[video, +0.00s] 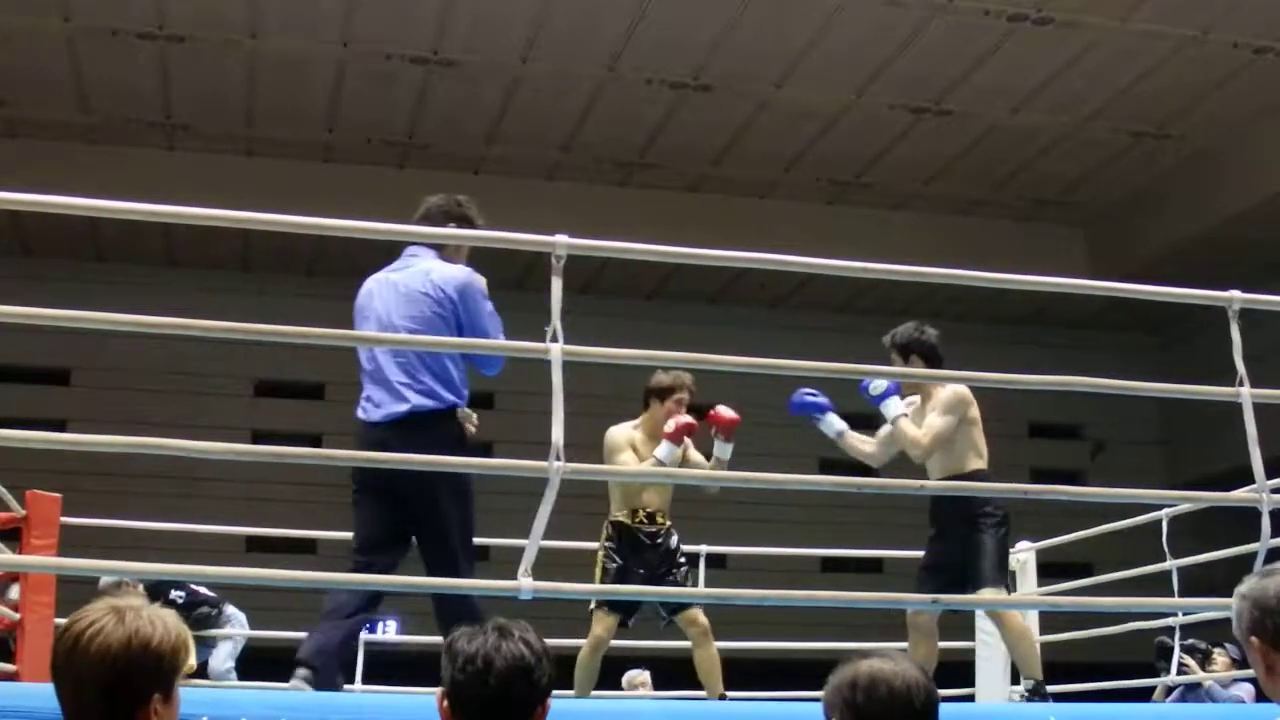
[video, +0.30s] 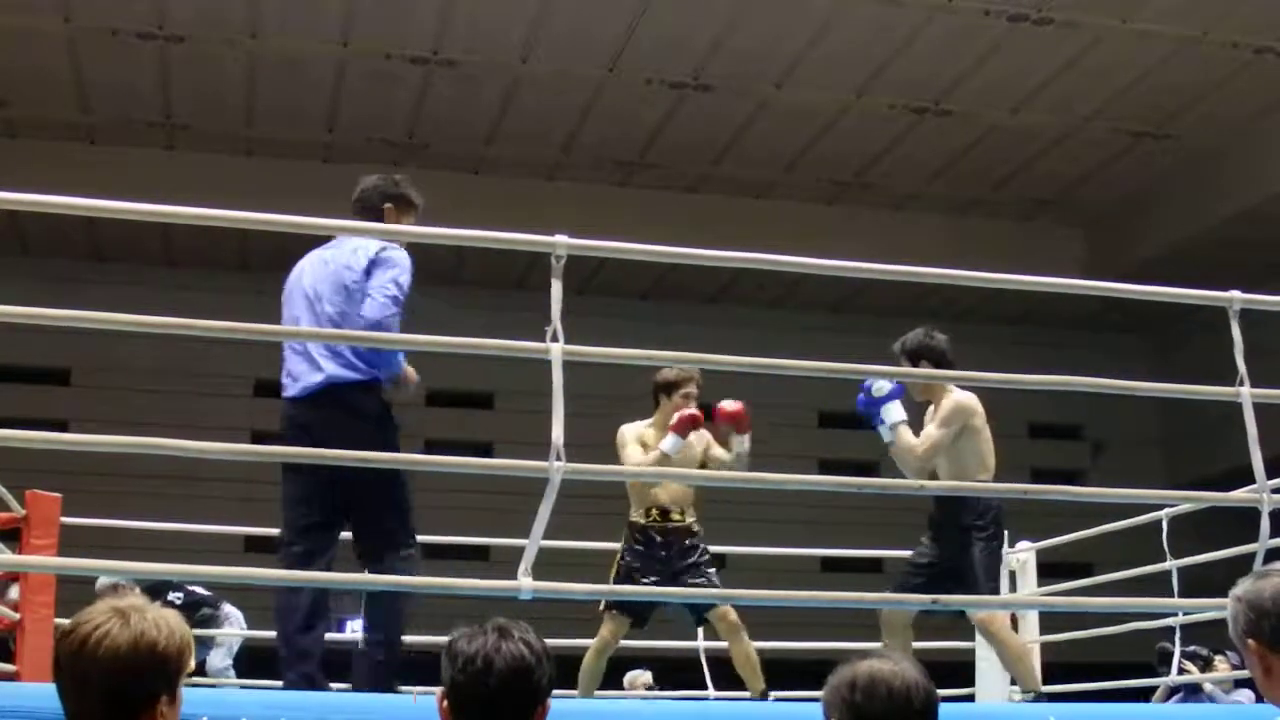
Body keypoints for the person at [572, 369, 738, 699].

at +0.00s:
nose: (681, 412)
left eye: (686, 405)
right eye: (676, 403)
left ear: (688, 409)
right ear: (654, 401)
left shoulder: (678, 442)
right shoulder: (619, 436)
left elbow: (711, 483)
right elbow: (633, 480)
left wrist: (723, 441)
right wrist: (669, 445)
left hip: (663, 541)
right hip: (623, 540)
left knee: (699, 627)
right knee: (600, 636)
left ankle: (719, 705)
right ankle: (578, 708)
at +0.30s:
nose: (691, 404)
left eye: (695, 398)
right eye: (685, 397)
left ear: (698, 400)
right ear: (664, 397)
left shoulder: (700, 436)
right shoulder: (632, 432)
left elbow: (736, 468)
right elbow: (640, 473)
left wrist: (740, 435)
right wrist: (674, 438)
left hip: (688, 543)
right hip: (643, 542)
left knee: (730, 622)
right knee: (608, 636)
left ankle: (763, 699)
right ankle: (580, 707)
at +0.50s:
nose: (722, 404)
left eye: (727, 398)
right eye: (716, 396)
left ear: (730, 400)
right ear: (693, 395)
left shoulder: (733, 432)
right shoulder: (659, 428)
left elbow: (780, 455)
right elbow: (660, 466)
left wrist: (794, 434)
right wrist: (697, 436)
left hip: (713, 535)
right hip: (668, 535)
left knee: (747, 624)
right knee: (640, 630)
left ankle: (765, 705)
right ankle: (624, 701)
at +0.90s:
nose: (742, 408)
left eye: (747, 401)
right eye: (735, 400)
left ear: (752, 402)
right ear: (715, 398)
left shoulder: (752, 432)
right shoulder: (684, 432)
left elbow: (785, 466)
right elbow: (698, 471)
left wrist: (790, 444)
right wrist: (729, 437)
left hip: (744, 535)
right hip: (699, 537)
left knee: (783, 621)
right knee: (668, 638)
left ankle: (796, 704)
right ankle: (646, 706)